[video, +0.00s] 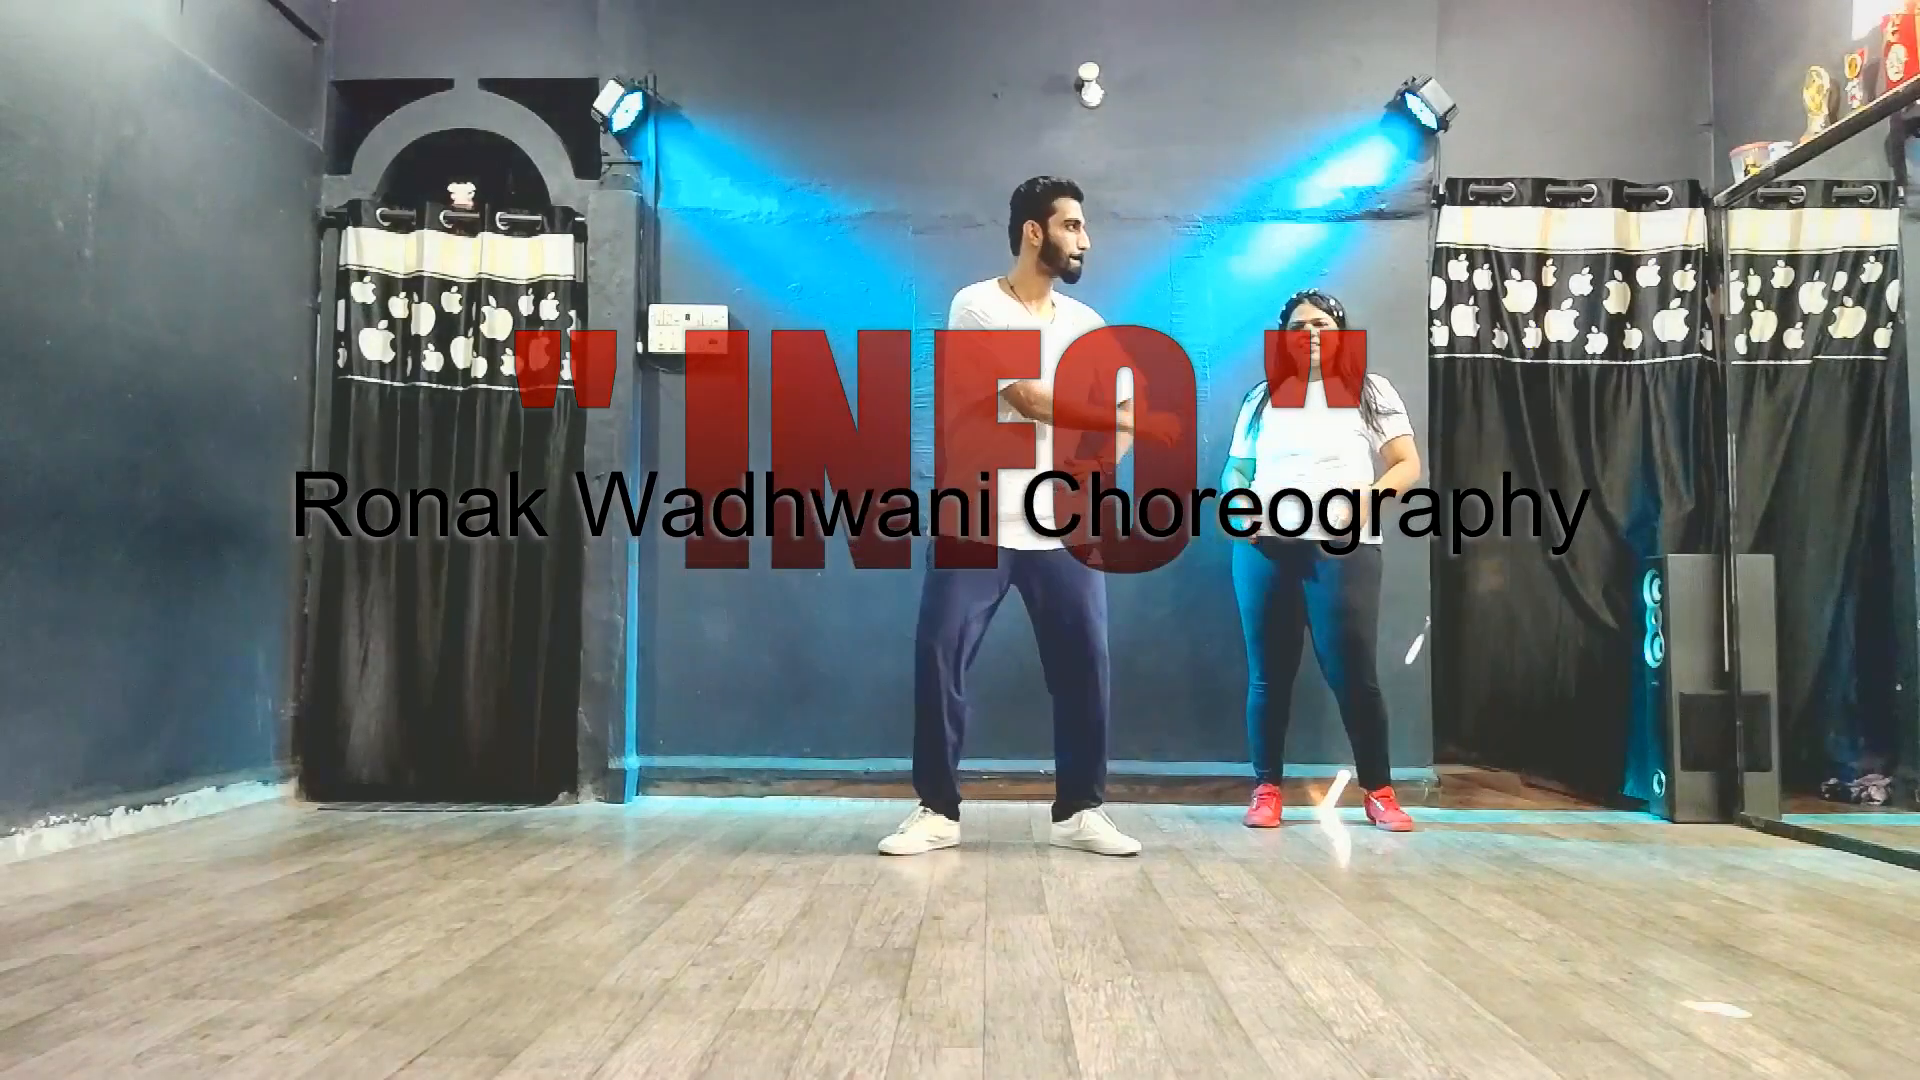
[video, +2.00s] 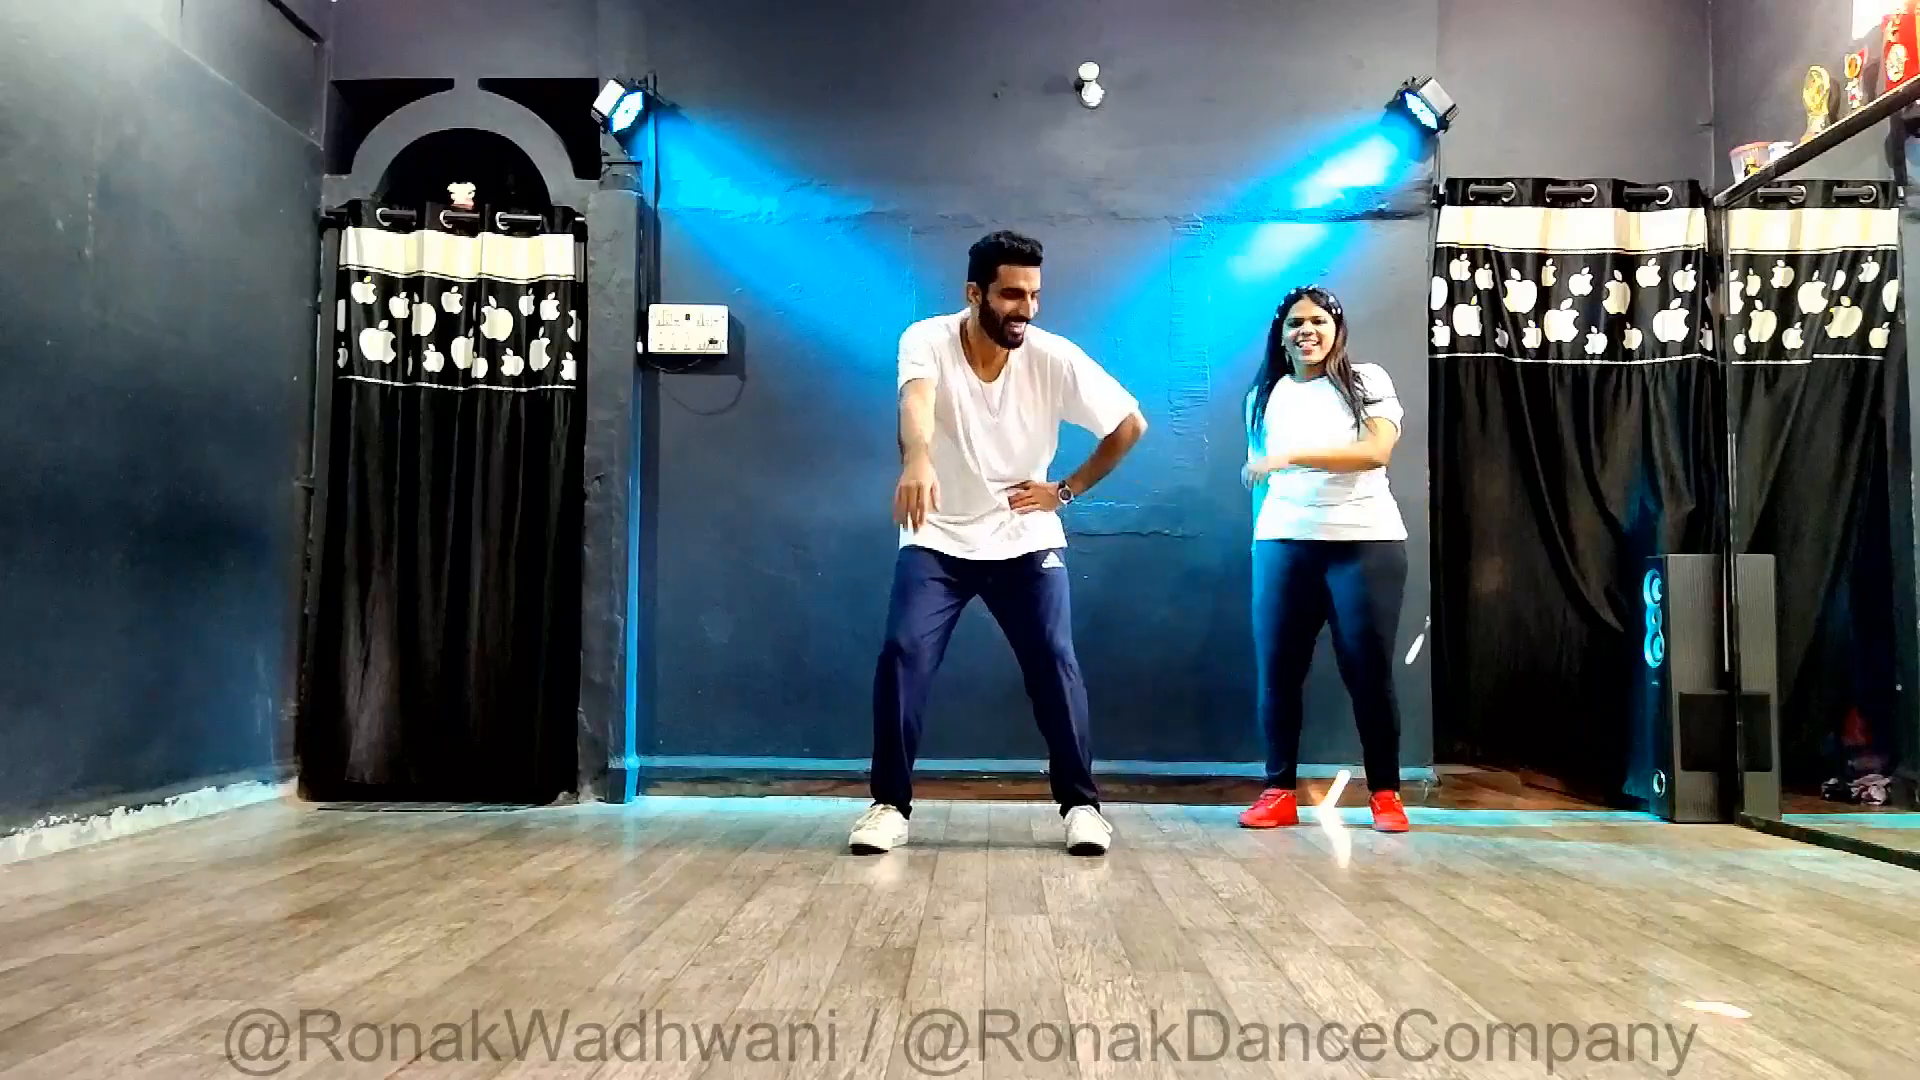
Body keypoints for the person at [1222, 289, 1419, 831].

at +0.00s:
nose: (1310, 333)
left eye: (1321, 324)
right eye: (1299, 325)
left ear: (1342, 336)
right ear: (1284, 337)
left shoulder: (1371, 390)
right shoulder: (1260, 399)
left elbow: (1407, 465)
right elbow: (1237, 478)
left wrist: (1364, 502)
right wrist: (1246, 515)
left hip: (1343, 549)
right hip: (1266, 548)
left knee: (1354, 675)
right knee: (1268, 675)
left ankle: (1378, 791)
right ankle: (1267, 789)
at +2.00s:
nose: (1308, 330)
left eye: (1318, 322)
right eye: (1297, 323)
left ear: (1337, 330)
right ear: (1283, 334)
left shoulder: (1367, 379)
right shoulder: (1262, 398)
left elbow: (1377, 451)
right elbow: (1261, 475)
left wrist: (1290, 459)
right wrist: (1266, 543)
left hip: (1363, 539)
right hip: (1283, 541)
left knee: (1368, 668)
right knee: (1277, 669)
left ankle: (1384, 793)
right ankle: (1280, 790)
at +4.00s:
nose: (1354, 286)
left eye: (1354, 282)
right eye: (1340, 281)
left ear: (1352, 305)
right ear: (1311, 300)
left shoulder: (1367, 364)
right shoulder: (1306, 349)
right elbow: (1369, 282)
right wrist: (1413, 208)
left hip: (1381, 541)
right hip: (1307, 542)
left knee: (1499, 507)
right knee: (1306, 668)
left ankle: (1466, 642)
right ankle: (1264, 816)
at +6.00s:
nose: (1396, 325)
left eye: (1404, 319)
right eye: (1381, 320)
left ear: (1414, 337)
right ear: (1361, 338)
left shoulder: (1403, 405)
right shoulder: (1368, 363)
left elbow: (1423, 480)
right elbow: (1406, 397)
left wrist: (1491, 466)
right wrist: (1443, 378)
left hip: (1364, 542)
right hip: (1366, 536)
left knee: (1425, 672)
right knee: (1442, 660)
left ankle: (1391, 800)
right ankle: (1424, 812)